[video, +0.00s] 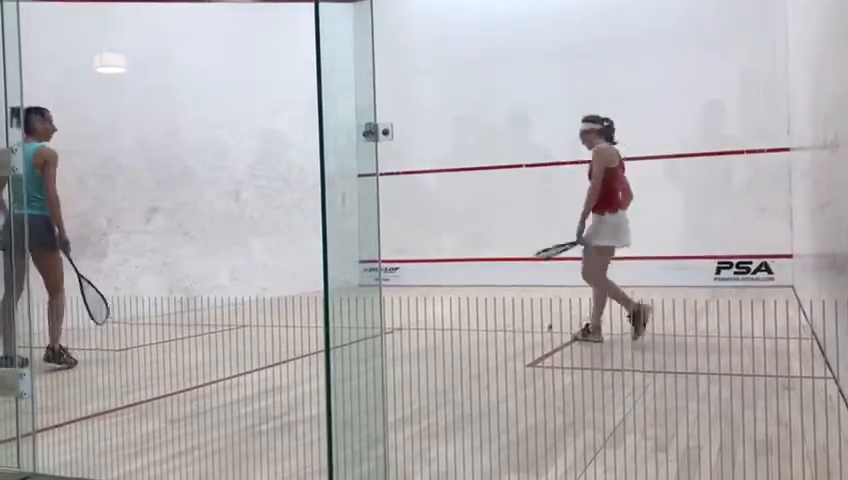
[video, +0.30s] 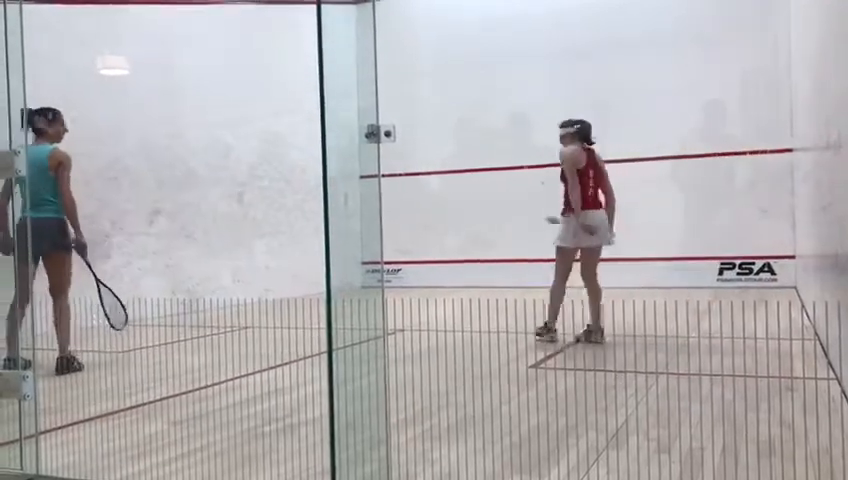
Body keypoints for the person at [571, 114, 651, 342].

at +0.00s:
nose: (582, 139)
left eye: (585, 134)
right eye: (581, 135)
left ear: (596, 133)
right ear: (601, 134)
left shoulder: (600, 152)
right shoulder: (612, 153)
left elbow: (594, 189)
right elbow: (627, 194)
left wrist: (582, 220)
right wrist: (611, 216)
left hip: (603, 221)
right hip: (613, 219)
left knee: (590, 273)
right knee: (599, 274)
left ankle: (634, 309)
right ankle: (594, 326)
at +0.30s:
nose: (561, 140)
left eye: (564, 137)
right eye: (561, 136)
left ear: (574, 136)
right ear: (582, 137)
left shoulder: (568, 153)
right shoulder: (594, 156)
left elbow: (574, 187)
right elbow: (609, 195)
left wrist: (578, 219)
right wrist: (609, 225)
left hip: (575, 219)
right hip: (598, 218)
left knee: (561, 275)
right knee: (589, 274)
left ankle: (550, 324)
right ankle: (595, 327)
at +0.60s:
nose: (548, 142)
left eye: (550, 138)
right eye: (549, 138)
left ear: (555, 138)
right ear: (570, 139)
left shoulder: (543, 157)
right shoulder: (582, 158)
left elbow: (529, 191)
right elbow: (595, 192)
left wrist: (522, 218)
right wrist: (594, 216)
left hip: (554, 219)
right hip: (580, 217)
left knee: (550, 278)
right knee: (583, 271)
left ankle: (551, 325)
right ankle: (587, 318)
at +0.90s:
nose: (546, 139)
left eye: (547, 136)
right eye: (549, 136)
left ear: (549, 138)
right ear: (567, 139)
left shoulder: (535, 159)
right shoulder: (576, 160)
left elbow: (522, 193)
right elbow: (587, 194)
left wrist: (535, 199)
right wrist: (597, 223)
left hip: (548, 222)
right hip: (572, 221)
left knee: (548, 279)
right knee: (577, 278)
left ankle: (552, 329)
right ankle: (578, 327)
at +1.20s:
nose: (576, 147)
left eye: (576, 144)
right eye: (574, 143)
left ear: (553, 142)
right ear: (569, 142)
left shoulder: (539, 164)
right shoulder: (575, 161)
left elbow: (542, 194)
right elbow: (587, 196)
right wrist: (608, 223)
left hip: (550, 223)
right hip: (574, 222)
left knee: (550, 277)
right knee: (595, 272)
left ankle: (553, 329)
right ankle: (599, 322)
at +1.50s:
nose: (596, 141)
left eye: (596, 136)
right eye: (592, 137)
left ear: (575, 141)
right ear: (580, 139)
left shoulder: (564, 164)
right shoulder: (586, 162)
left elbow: (575, 199)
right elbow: (603, 194)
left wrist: (596, 218)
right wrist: (635, 206)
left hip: (566, 222)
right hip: (586, 222)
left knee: (568, 276)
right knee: (603, 275)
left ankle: (557, 327)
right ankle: (608, 327)